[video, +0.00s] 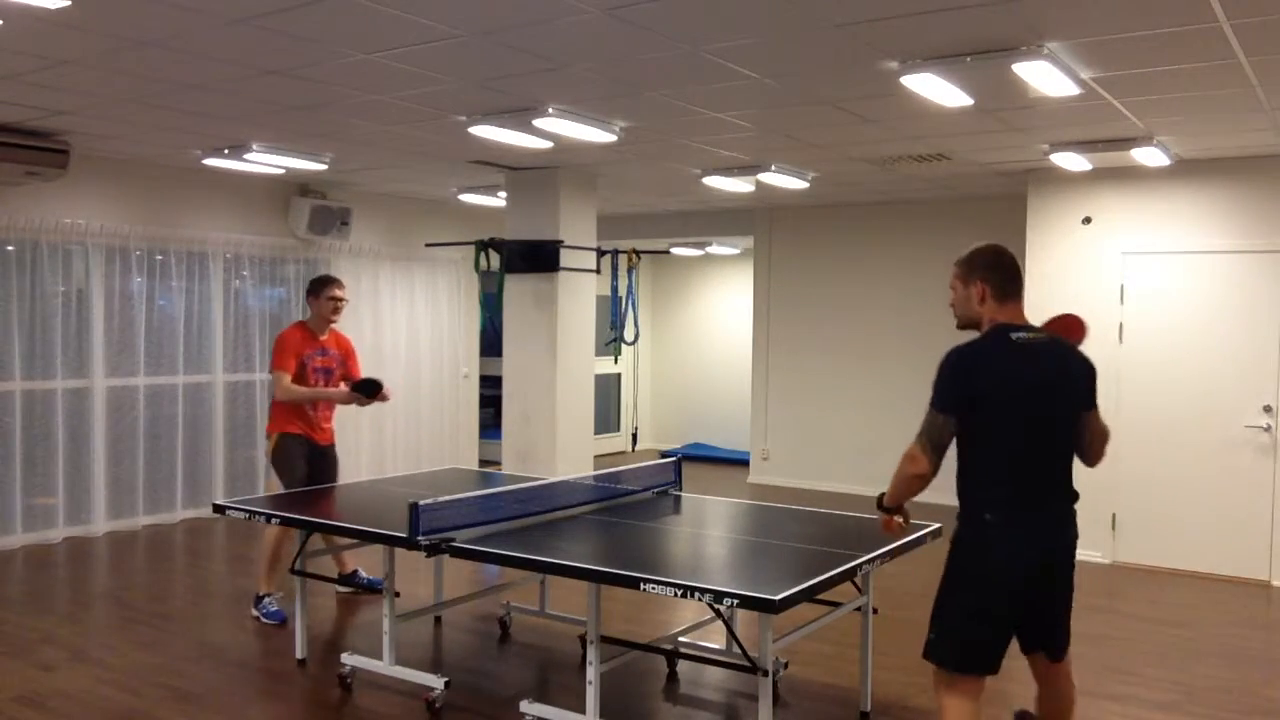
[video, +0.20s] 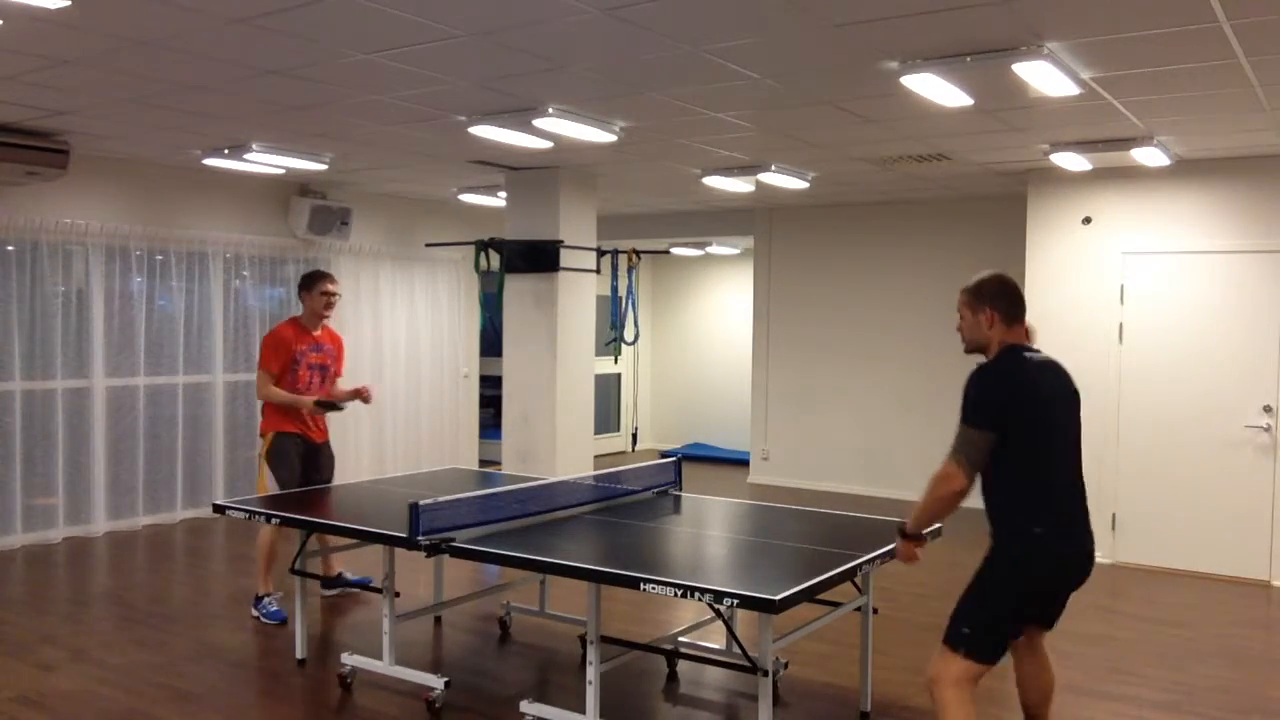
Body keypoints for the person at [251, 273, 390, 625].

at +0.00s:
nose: (339, 306)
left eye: (342, 301)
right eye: (333, 300)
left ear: (343, 306)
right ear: (312, 301)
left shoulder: (342, 343)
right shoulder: (290, 339)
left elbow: (352, 391)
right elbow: (281, 390)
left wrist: (372, 394)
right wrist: (331, 394)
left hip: (323, 436)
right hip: (289, 433)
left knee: (326, 509)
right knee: (290, 511)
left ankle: (347, 572)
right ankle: (264, 595)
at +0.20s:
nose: (332, 301)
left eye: (335, 296)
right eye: (325, 295)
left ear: (336, 301)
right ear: (305, 296)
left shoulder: (334, 341)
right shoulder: (281, 336)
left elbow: (329, 392)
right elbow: (263, 389)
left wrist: (353, 393)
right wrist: (299, 401)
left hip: (317, 434)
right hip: (282, 433)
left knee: (322, 509)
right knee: (276, 514)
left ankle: (330, 574)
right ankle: (263, 594)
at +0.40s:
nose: (331, 302)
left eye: (335, 297)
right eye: (325, 295)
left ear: (336, 301)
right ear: (305, 296)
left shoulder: (333, 339)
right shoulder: (280, 336)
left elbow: (339, 390)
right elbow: (250, 383)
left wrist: (360, 370)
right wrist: (287, 408)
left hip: (322, 436)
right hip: (285, 436)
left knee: (326, 511)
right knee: (273, 515)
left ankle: (331, 576)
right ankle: (264, 594)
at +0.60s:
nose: (338, 304)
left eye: (341, 299)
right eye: (332, 297)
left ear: (342, 303)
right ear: (312, 296)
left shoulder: (339, 337)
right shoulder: (289, 335)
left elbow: (369, 372)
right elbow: (260, 384)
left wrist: (362, 329)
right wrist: (300, 404)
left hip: (334, 437)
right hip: (298, 436)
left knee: (338, 508)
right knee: (282, 513)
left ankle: (339, 572)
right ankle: (264, 594)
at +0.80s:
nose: (348, 306)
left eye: (351, 301)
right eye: (342, 300)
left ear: (351, 305)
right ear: (322, 299)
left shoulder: (349, 336)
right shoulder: (298, 337)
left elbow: (378, 371)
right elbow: (277, 389)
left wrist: (369, 327)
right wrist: (314, 405)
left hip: (346, 437)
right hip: (308, 438)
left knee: (348, 507)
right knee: (289, 513)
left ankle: (340, 572)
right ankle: (268, 593)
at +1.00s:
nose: (354, 311)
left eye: (357, 306)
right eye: (349, 305)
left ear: (357, 307)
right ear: (328, 301)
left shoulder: (352, 337)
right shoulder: (300, 339)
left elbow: (382, 373)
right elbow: (279, 390)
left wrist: (373, 329)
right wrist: (319, 412)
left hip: (347, 440)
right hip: (306, 441)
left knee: (350, 508)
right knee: (286, 514)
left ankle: (341, 571)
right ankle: (265, 589)